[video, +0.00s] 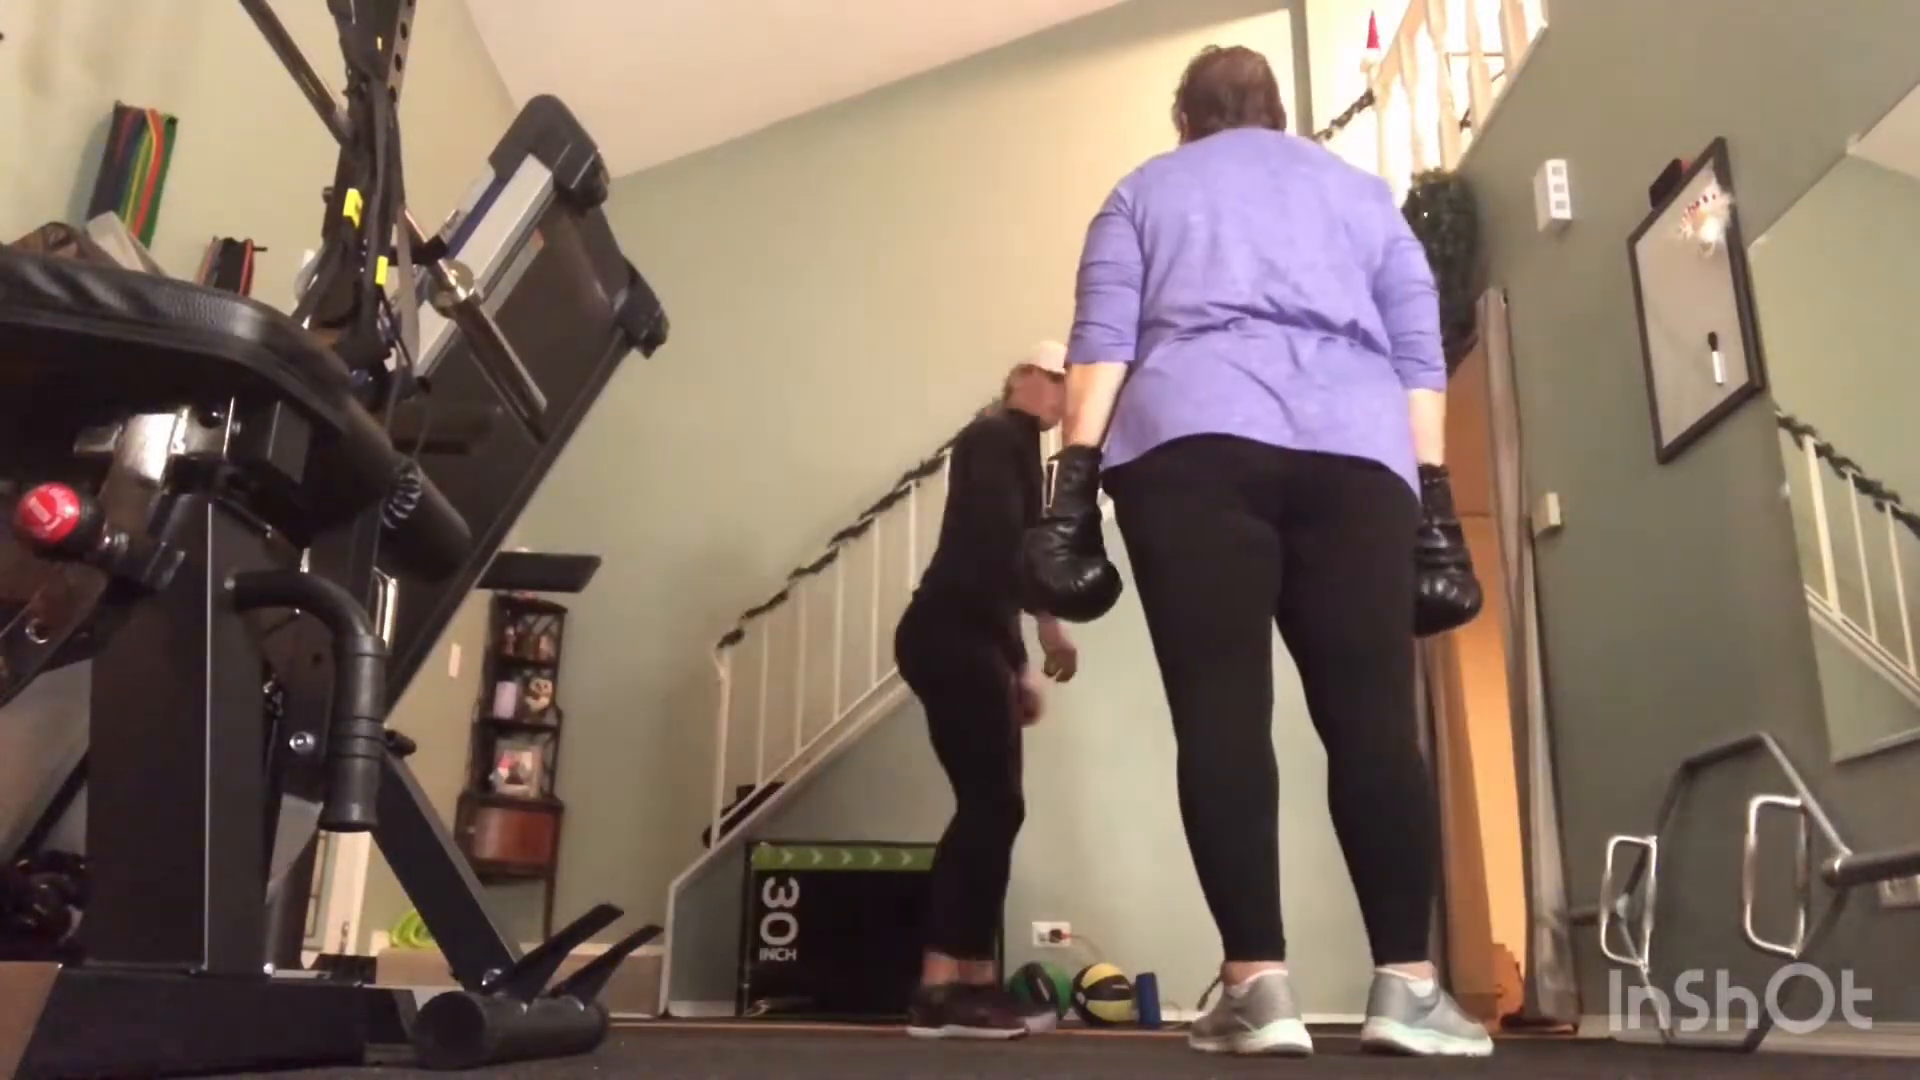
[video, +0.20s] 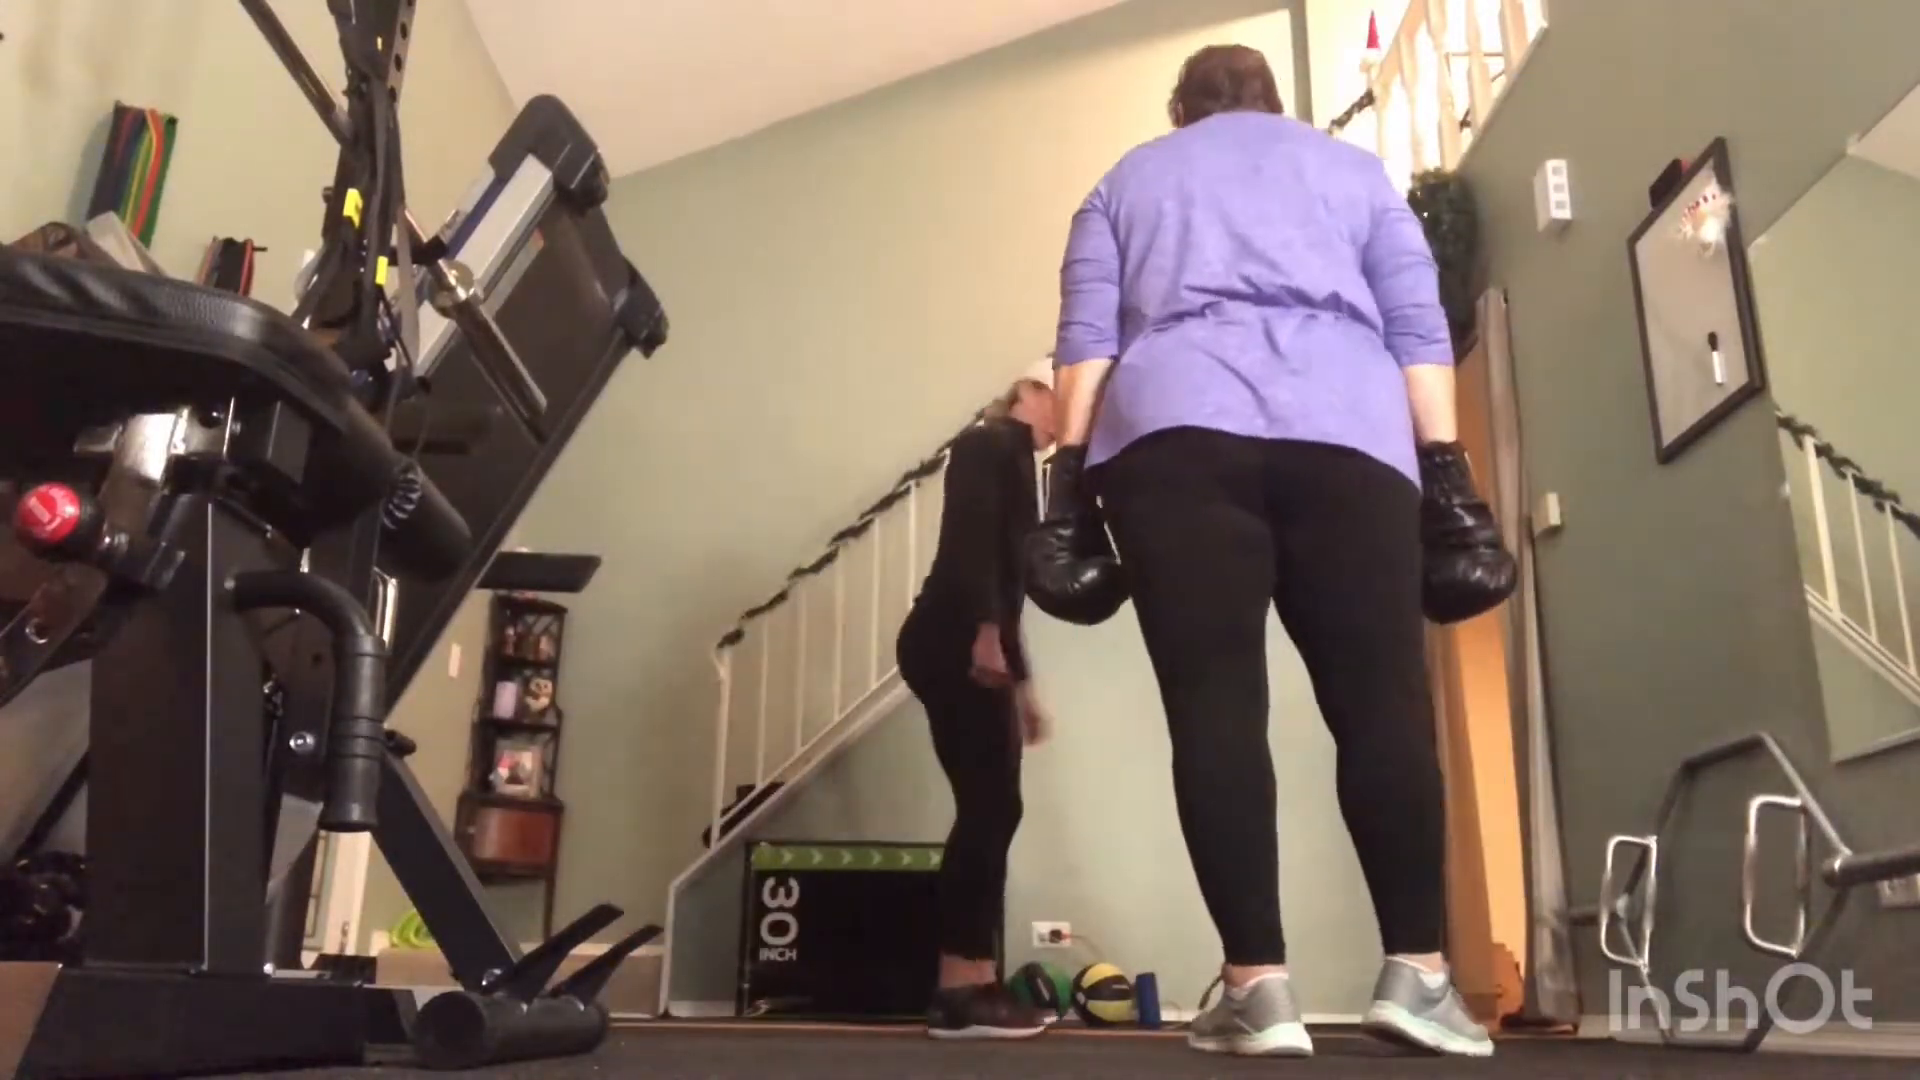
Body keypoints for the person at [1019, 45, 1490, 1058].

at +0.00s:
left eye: (1183, 115)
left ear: (1184, 123)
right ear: (1284, 115)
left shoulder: (1144, 188)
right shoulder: (1367, 193)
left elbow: (1102, 341)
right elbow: (1419, 352)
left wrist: (1067, 493)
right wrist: (1434, 510)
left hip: (1192, 445)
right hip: (1358, 457)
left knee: (1221, 720)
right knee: (1374, 722)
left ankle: (1256, 982)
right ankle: (1407, 985)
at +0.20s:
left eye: (1183, 103)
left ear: (1179, 113)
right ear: (1278, 103)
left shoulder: (1124, 180)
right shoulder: (1354, 165)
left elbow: (1087, 339)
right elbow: (1416, 317)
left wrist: (1063, 491)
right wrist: (1446, 477)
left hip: (1177, 430)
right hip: (1348, 434)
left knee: (1215, 712)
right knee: (1382, 708)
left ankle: (1257, 984)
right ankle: (1415, 972)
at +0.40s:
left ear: (1226, 77)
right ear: (1336, 67)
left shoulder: (1153, 135)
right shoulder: (1404, 118)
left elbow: (1104, 276)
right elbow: (1467, 266)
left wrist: (1066, 439)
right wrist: (1500, 452)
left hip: (1172, 393)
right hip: (1360, 383)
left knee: (1214, 689)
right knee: (1345, 673)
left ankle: (1248, 968)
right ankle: (1315, 976)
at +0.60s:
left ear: (1225, 101)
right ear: (1327, 87)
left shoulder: (1161, 176)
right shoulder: (1395, 137)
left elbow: (1114, 352)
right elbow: (1462, 285)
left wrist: (1106, 504)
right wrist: (1513, 456)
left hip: (1199, 426)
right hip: (1384, 417)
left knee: (1241, 705)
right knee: (1446, 678)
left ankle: (1272, 990)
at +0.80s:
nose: (1329, 130)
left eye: (1331, 117)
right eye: (1335, 114)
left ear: (1347, 109)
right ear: (1439, 102)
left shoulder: (1325, 148)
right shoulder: (1542, 167)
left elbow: (1284, 280)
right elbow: (1606, 334)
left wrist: (1241, 430)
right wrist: (1639, 492)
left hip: (1366, 416)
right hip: (1546, 428)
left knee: (1344, 698)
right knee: (1534, 707)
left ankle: (1347, 966)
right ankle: (1543, 983)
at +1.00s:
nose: (1326, 176)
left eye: (1327, 162)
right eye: (1325, 164)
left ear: (1350, 140)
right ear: (1426, 134)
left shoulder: (1349, 173)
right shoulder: (1531, 207)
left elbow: (1325, 315)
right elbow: (1582, 365)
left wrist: (1267, 464)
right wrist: (1603, 530)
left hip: (1411, 445)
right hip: (1563, 458)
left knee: (1398, 715)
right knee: (1554, 722)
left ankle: (1417, 982)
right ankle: (1632, 981)